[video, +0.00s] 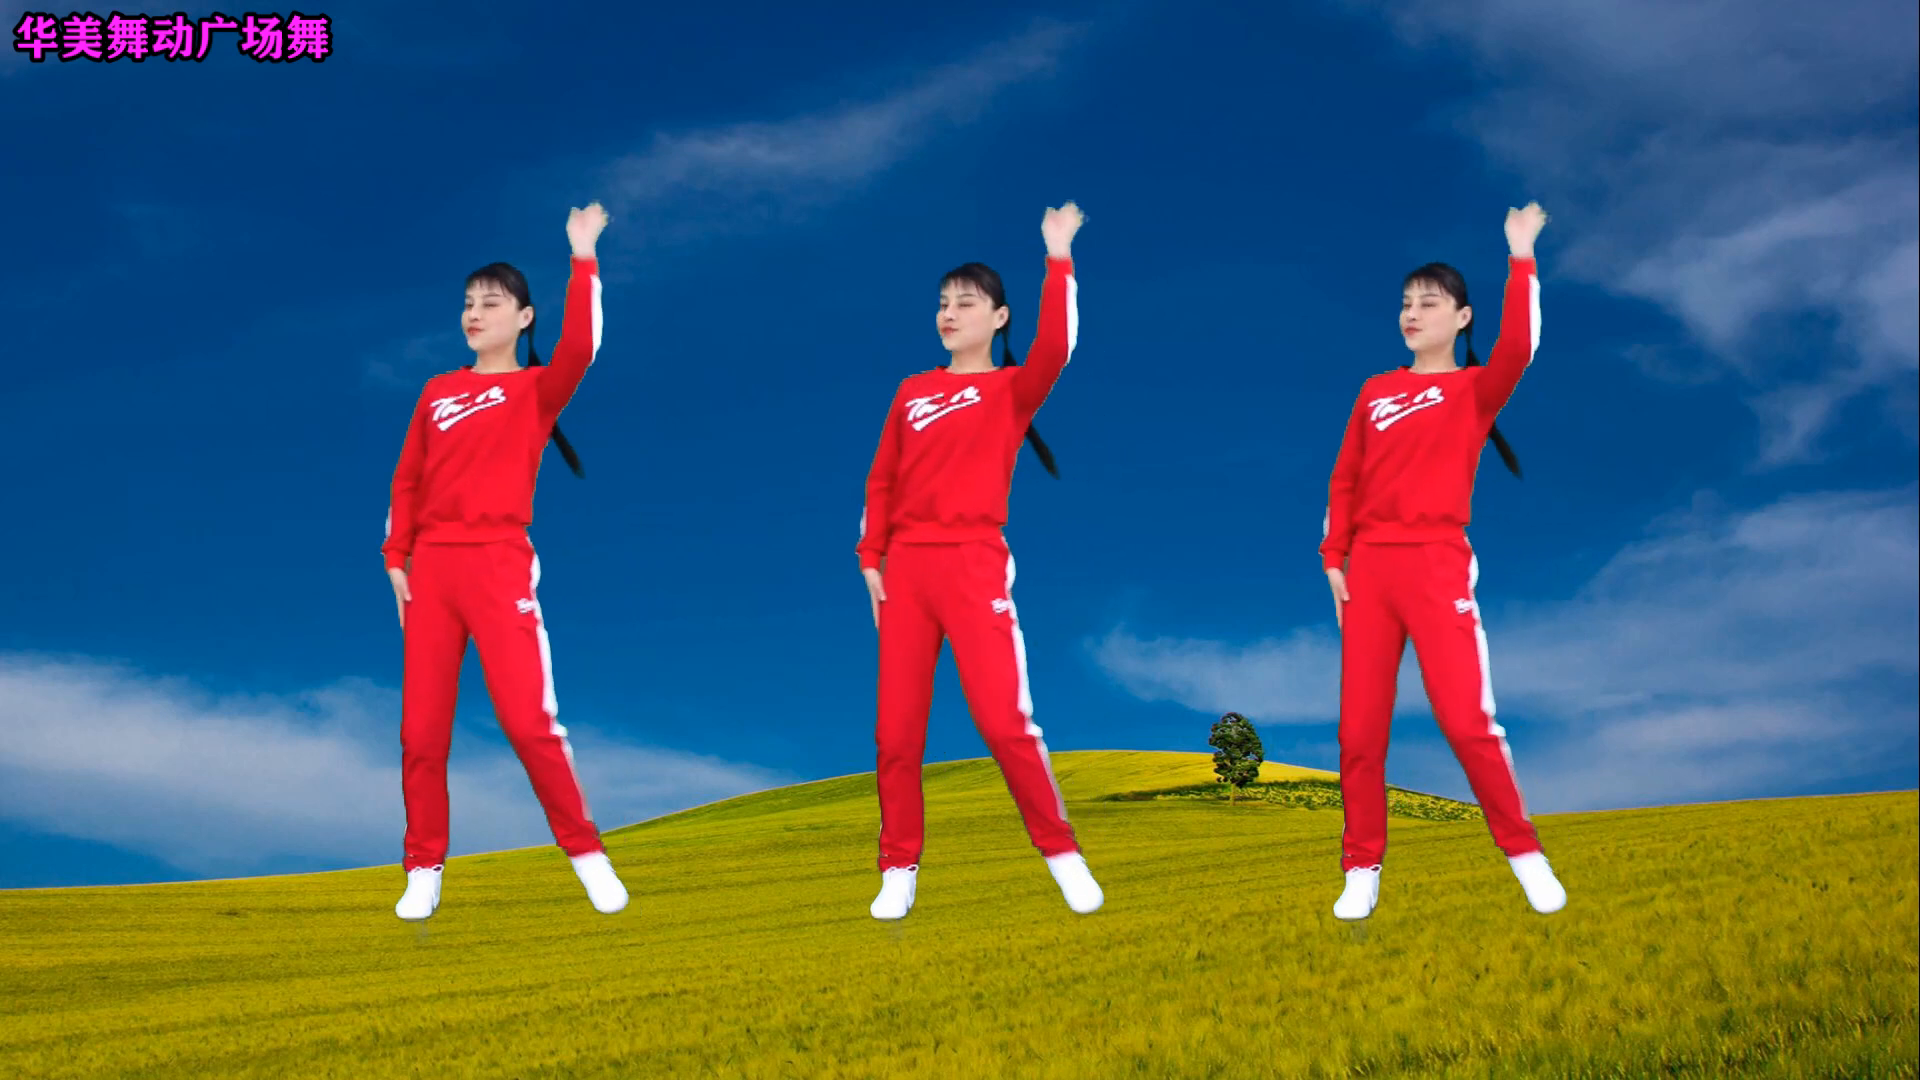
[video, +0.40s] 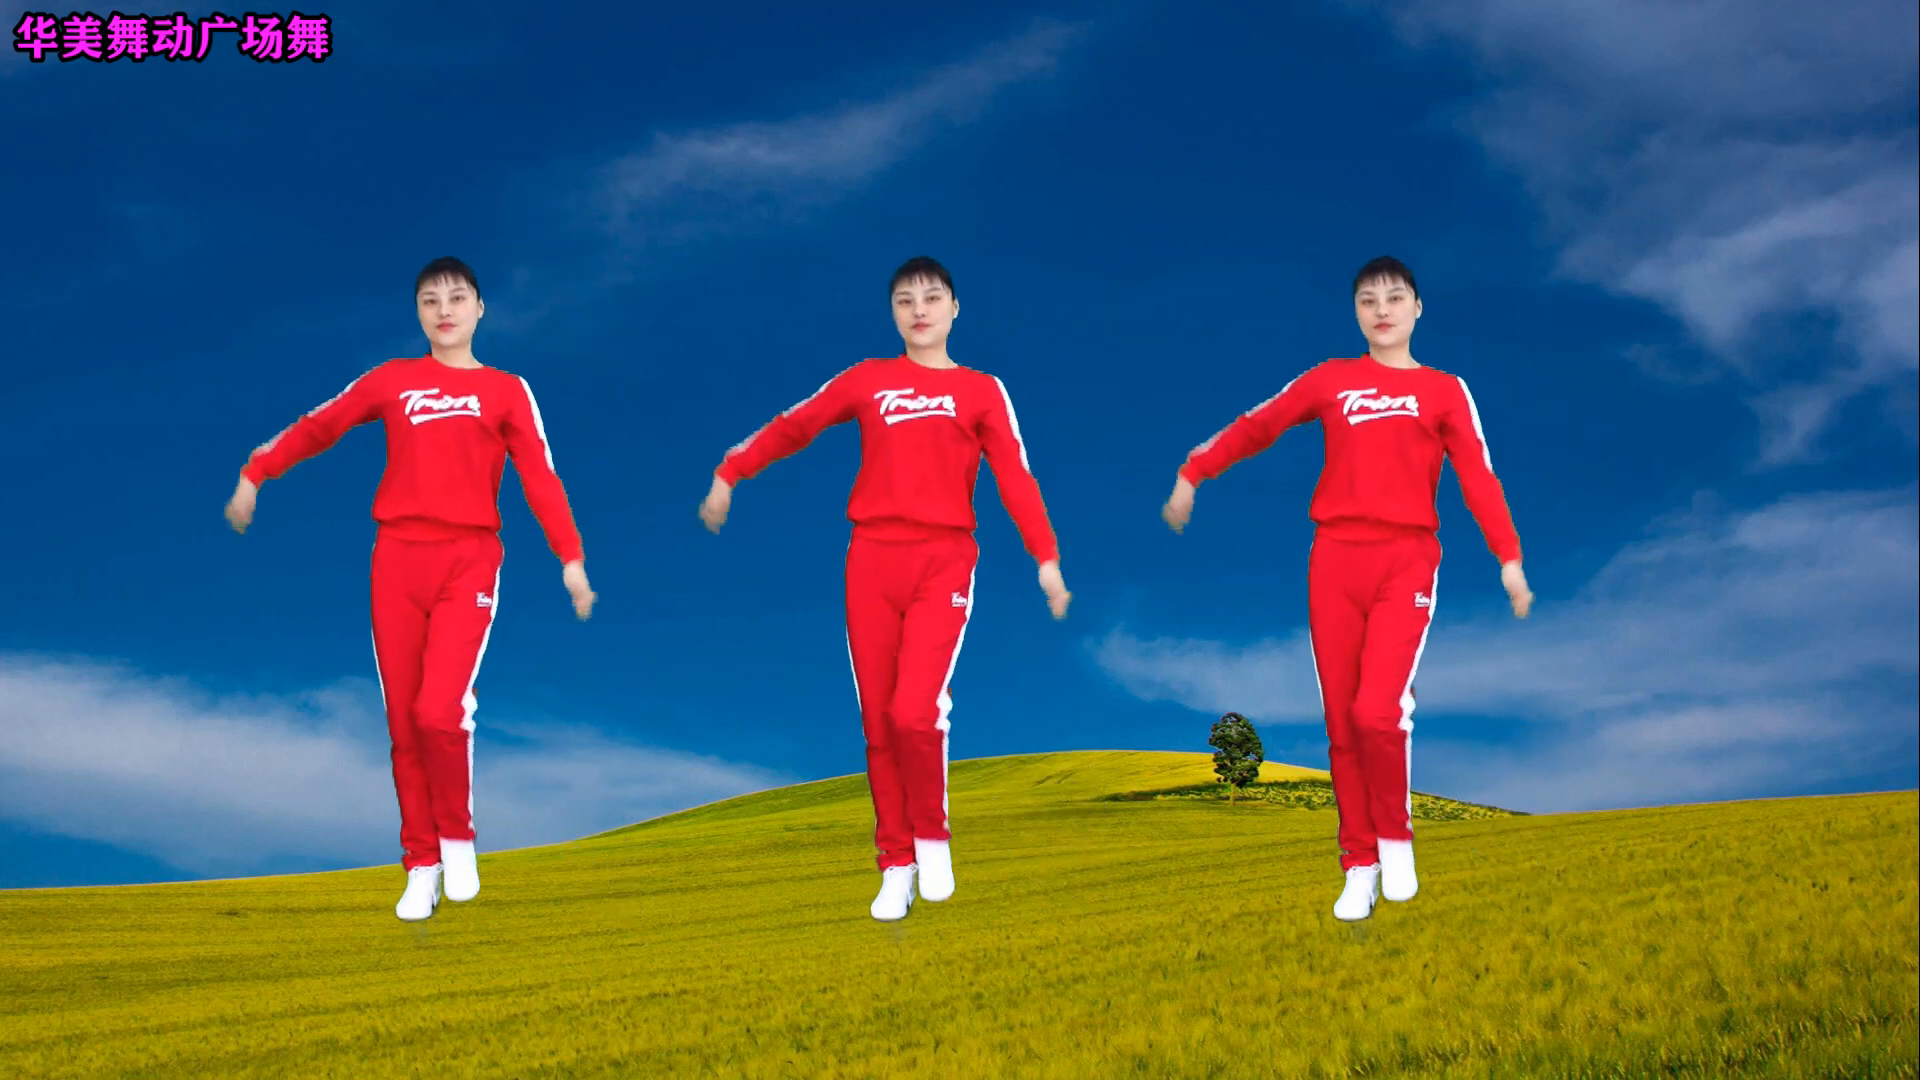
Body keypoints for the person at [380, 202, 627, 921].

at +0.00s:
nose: (475, 313)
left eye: (490, 304)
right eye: (469, 305)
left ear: (524, 317)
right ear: (461, 320)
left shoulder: (537, 388)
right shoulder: (437, 393)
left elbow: (579, 341)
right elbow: (406, 481)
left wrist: (584, 253)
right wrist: (396, 559)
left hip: (500, 564)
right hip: (430, 568)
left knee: (528, 722)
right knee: (421, 735)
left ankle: (585, 850)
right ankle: (423, 865)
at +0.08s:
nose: (470, 318)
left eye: (484, 308)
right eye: (461, 309)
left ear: (509, 323)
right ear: (450, 323)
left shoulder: (526, 395)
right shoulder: (422, 398)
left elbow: (583, 380)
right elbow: (389, 482)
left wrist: (614, 312)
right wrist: (371, 559)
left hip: (487, 570)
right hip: (416, 569)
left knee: (480, 720)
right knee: (412, 731)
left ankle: (542, 824)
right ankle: (422, 864)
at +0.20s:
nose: (458, 332)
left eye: (472, 321)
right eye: (447, 322)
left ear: (494, 332)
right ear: (435, 334)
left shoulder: (517, 408)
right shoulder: (406, 408)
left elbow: (581, 437)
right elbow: (367, 489)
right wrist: (334, 562)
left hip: (475, 580)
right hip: (402, 578)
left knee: (428, 715)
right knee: (391, 734)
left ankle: (480, 797)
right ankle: (420, 866)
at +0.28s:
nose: (453, 327)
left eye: (465, 316)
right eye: (442, 318)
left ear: (487, 326)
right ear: (428, 330)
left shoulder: (514, 405)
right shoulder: (398, 400)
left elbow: (566, 462)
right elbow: (346, 471)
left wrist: (622, 511)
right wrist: (303, 535)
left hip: (472, 575)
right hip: (400, 571)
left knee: (419, 709)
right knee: (390, 725)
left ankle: (460, 801)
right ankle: (419, 864)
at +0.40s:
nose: (446, 309)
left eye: (457, 298)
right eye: (433, 301)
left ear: (479, 308)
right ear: (419, 314)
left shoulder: (507, 390)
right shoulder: (392, 378)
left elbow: (540, 476)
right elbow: (318, 427)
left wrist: (571, 558)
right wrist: (252, 475)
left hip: (471, 560)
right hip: (398, 559)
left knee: (438, 715)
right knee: (403, 719)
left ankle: (456, 840)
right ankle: (421, 861)